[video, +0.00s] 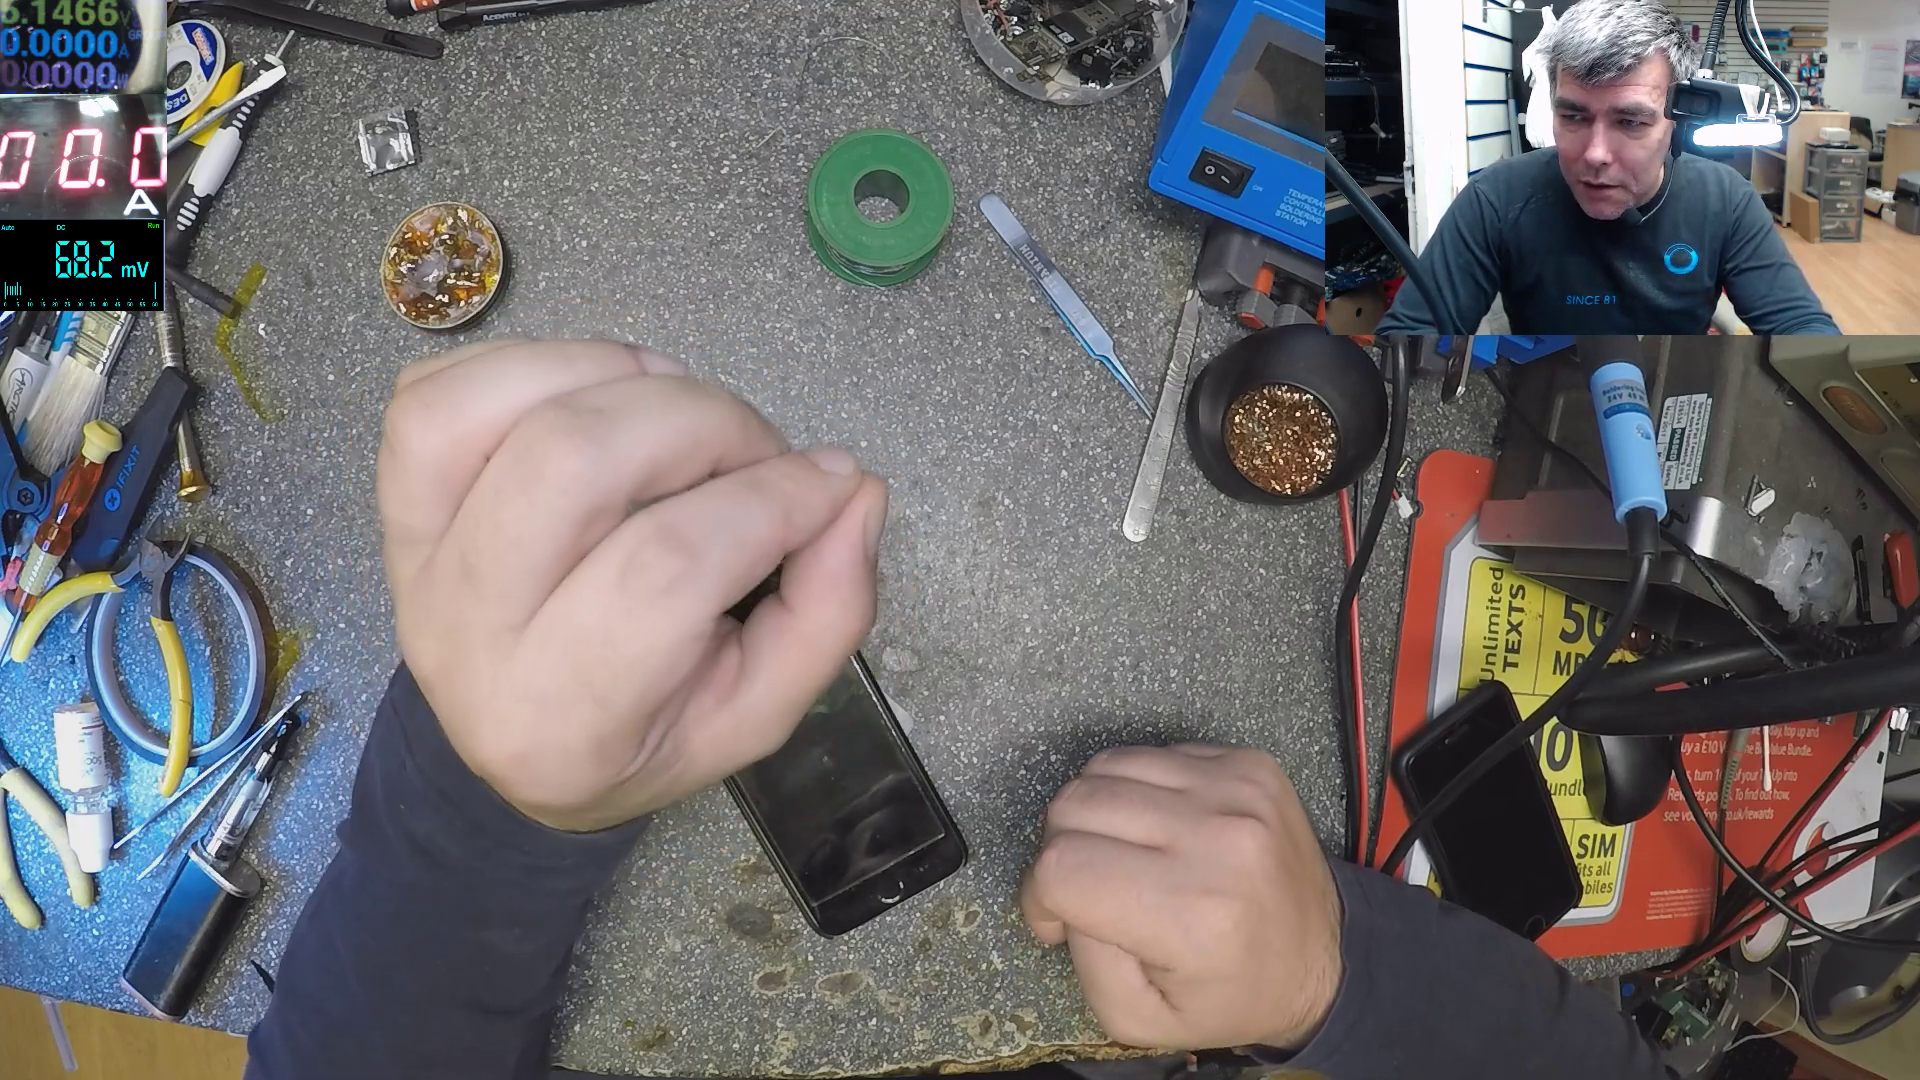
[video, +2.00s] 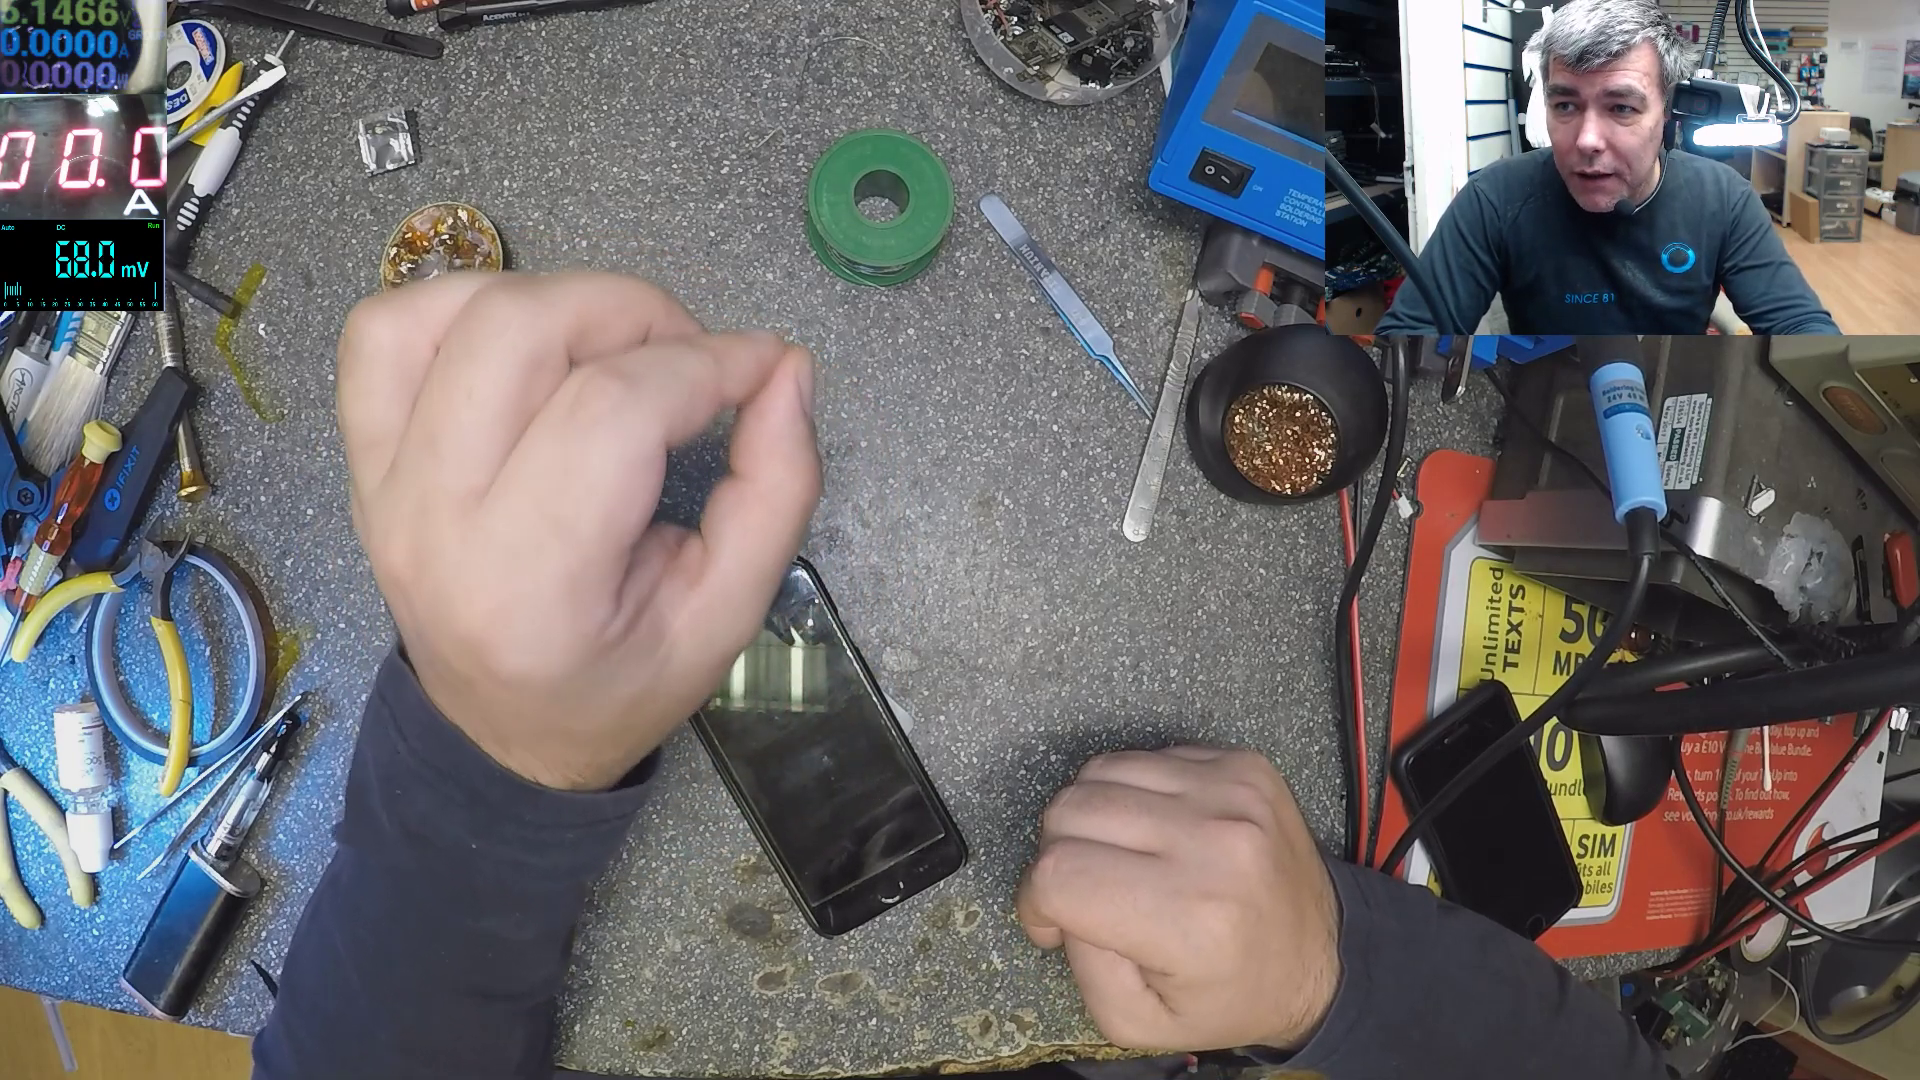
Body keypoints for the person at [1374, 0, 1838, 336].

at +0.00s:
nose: (1596, 155)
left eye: (1631, 122)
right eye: (1575, 116)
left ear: (1671, 118)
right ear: (1549, 109)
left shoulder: (1723, 202)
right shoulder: (1497, 203)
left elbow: (1805, 331)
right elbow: (1406, 335)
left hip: (1680, 420)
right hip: (1544, 421)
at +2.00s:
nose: (1588, 142)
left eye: (1622, 110)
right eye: (1567, 106)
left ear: (1665, 116)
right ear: (1543, 109)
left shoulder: (1720, 199)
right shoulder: (1495, 203)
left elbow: (1802, 329)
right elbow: (1407, 338)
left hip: (1680, 423)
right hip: (1544, 424)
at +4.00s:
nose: (1600, 161)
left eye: (1634, 127)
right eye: (1577, 121)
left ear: (1672, 122)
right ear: (1550, 113)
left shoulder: (1722, 201)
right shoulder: (1497, 203)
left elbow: (1803, 328)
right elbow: (1406, 336)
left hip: (1681, 417)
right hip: (1546, 419)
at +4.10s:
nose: (1608, 161)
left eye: (1641, 127)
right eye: (1583, 123)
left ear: (1679, 119)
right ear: (1555, 114)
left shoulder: (1722, 200)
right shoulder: (1498, 203)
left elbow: (1803, 327)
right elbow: (1407, 336)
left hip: (1681, 421)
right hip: (1545, 422)